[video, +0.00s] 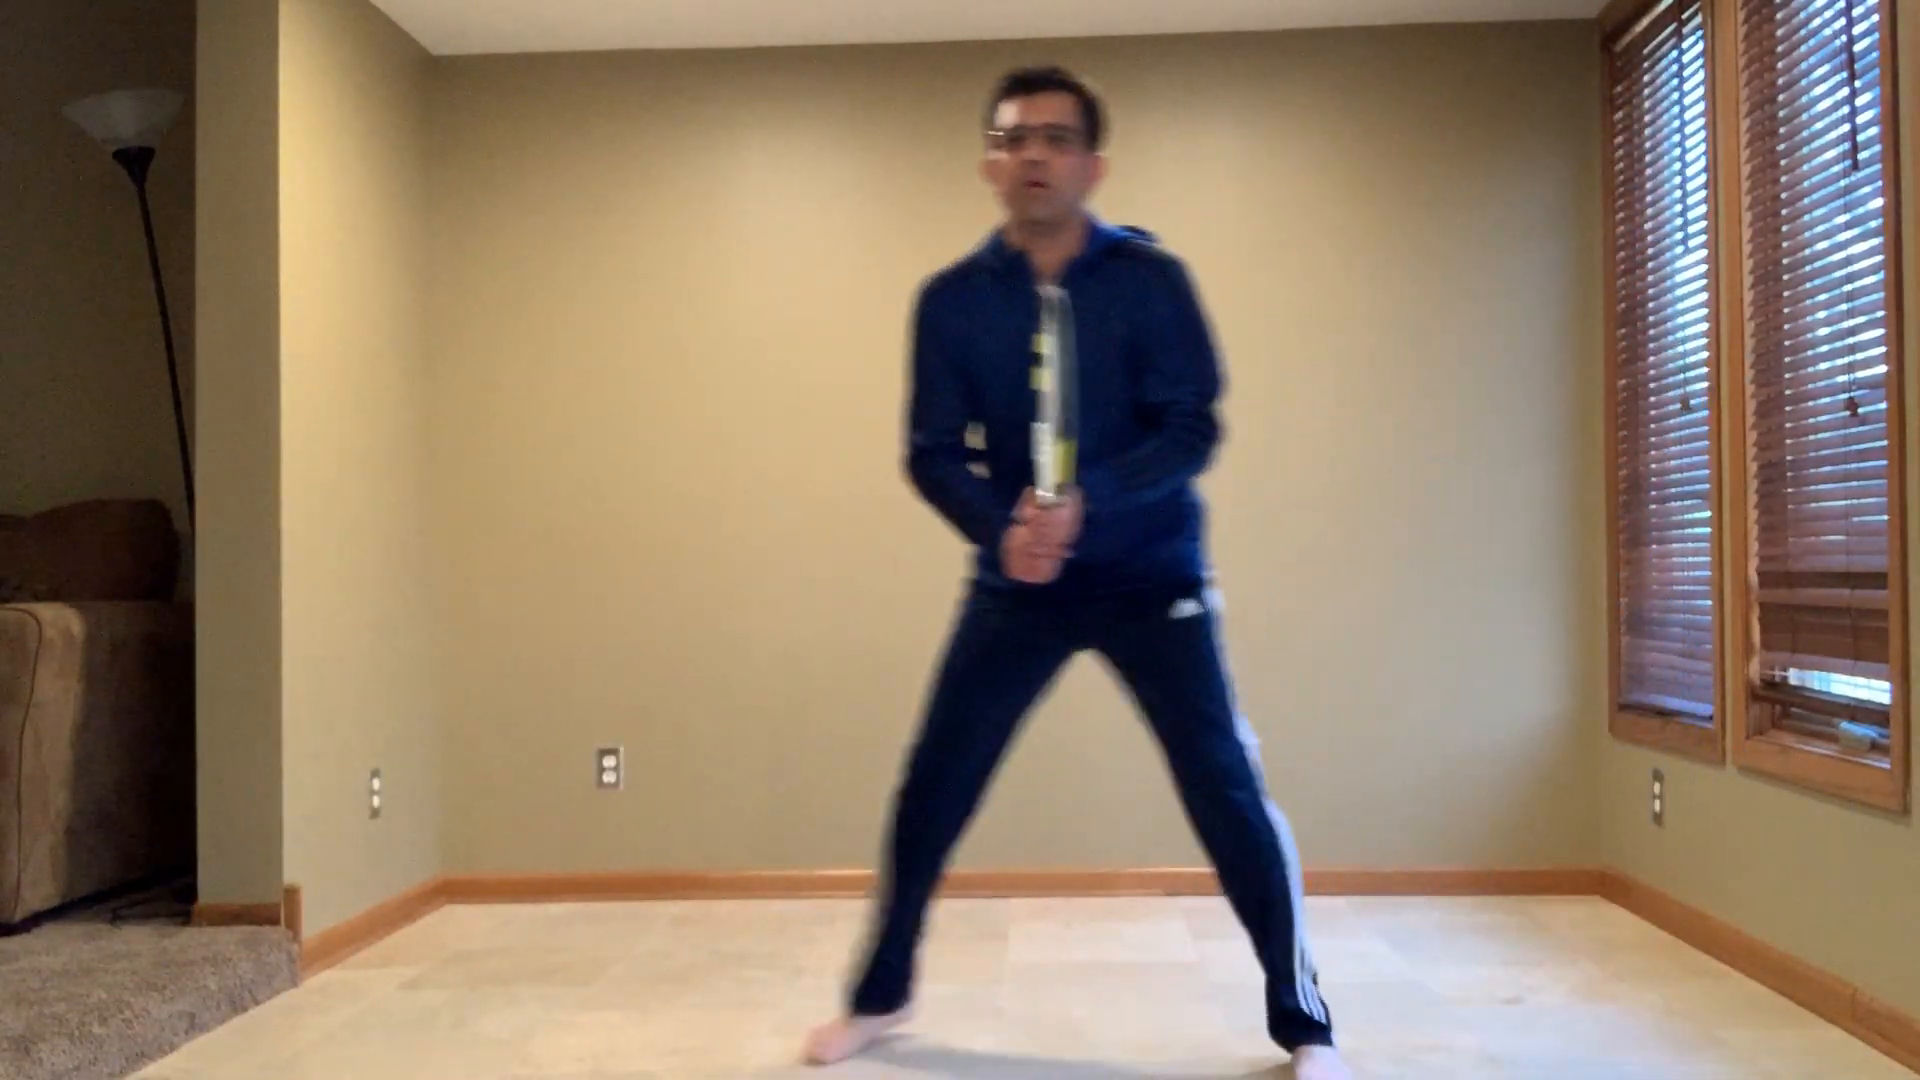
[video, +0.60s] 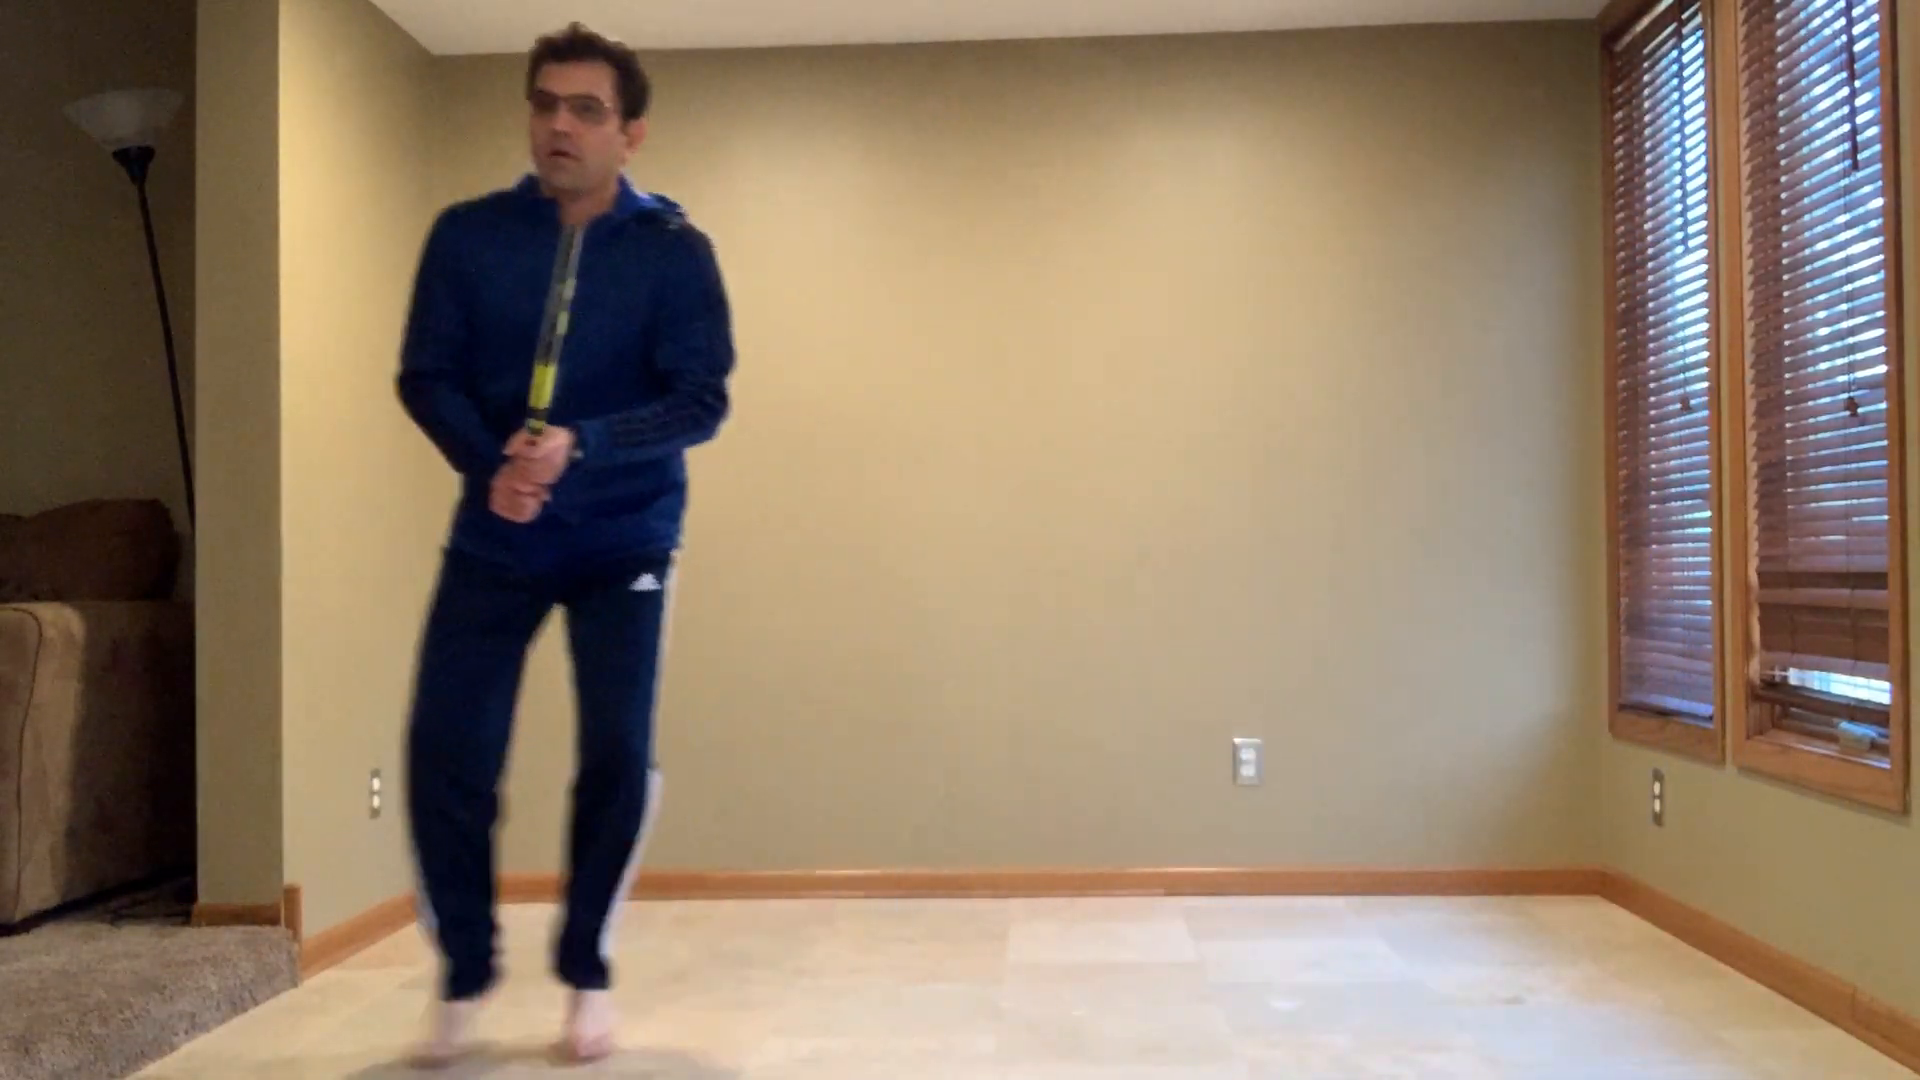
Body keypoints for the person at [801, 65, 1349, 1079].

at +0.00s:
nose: (1028, 157)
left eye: (1052, 140)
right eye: (1010, 139)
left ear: (1094, 164)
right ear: (986, 161)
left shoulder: (1150, 279)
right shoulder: (951, 299)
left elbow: (1193, 429)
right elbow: (932, 455)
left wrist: (1085, 507)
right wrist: (996, 526)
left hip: (1151, 586)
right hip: (1015, 591)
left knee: (1226, 786)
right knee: (931, 788)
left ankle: (1302, 1018)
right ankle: (876, 1001)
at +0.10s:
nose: (934, 145)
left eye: (960, 127)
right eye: (917, 127)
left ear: (1003, 149)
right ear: (897, 147)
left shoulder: (1050, 273)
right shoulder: (851, 279)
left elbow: (1082, 423)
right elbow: (822, 427)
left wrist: (973, 481)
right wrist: (885, 504)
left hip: (1032, 576)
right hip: (901, 582)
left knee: (1114, 779)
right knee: (854, 792)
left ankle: (1211, 1011)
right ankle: (862, 1007)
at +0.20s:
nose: (847, 131)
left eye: (873, 113)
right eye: (832, 113)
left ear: (920, 137)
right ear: (815, 132)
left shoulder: (968, 259)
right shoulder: (771, 258)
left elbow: (990, 411)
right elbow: (736, 403)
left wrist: (878, 466)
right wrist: (793, 482)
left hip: (944, 555)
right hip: (814, 554)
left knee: (977, 754)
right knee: (754, 753)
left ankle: (956, 978)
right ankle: (808, 968)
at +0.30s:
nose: (760, 155)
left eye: (784, 137)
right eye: (748, 137)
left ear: (837, 150)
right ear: (734, 150)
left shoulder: (885, 274)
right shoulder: (692, 273)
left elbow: (909, 427)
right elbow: (657, 417)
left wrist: (789, 473)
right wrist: (712, 493)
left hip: (851, 581)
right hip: (721, 576)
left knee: (877, 794)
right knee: (640, 777)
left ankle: (891, 1002)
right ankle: (600, 986)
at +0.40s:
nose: (677, 171)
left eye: (701, 153)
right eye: (664, 152)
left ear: (753, 166)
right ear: (650, 162)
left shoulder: (795, 288)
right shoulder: (599, 279)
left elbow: (823, 439)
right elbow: (559, 423)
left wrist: (710, 478)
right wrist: (620, 500)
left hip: (759, 594)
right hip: (625, 593)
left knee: (817, 785)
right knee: (556, 791)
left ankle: (890, 1002)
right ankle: (527, 1010)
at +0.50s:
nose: (612, 150)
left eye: (637, 134)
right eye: (598, 131)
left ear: (685, 153)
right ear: (582, 143)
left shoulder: (724, 273)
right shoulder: (522, 257)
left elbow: (751, 422)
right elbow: (476, 403)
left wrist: (635, 463)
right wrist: (543, 482)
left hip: (680, 575)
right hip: (549, 575)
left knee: (719, 769)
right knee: (514, 784)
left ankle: (741, 993)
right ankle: (524, 1004)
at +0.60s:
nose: (561, 125)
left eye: (587, 110)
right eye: (546, 106)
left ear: (630, 132)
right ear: (527, 119)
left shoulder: (673, 250)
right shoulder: (468, 233)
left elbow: (703, 401)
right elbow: (424, 376)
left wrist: (580, 444)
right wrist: (485, 459)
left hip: (620, 549)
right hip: (491, 544)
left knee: (619, 758)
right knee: (445, 752)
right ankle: (465, 973)